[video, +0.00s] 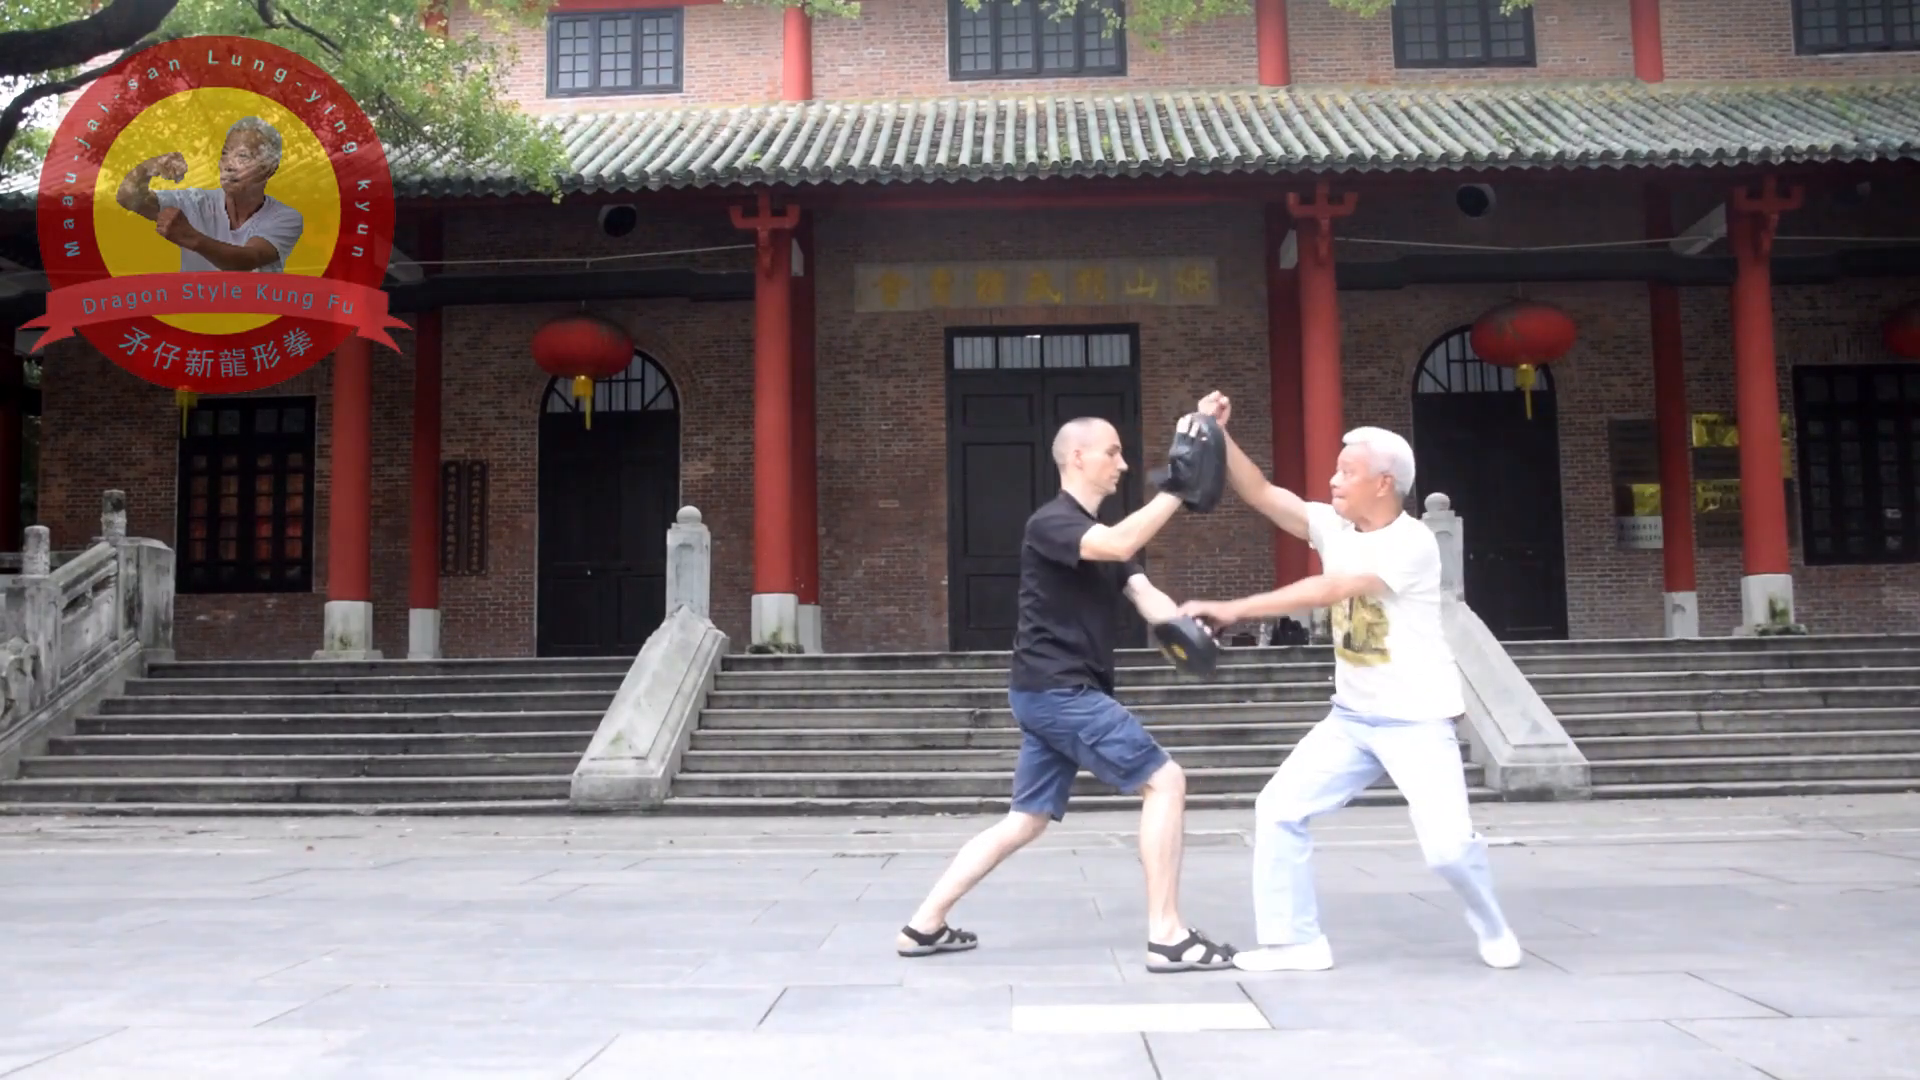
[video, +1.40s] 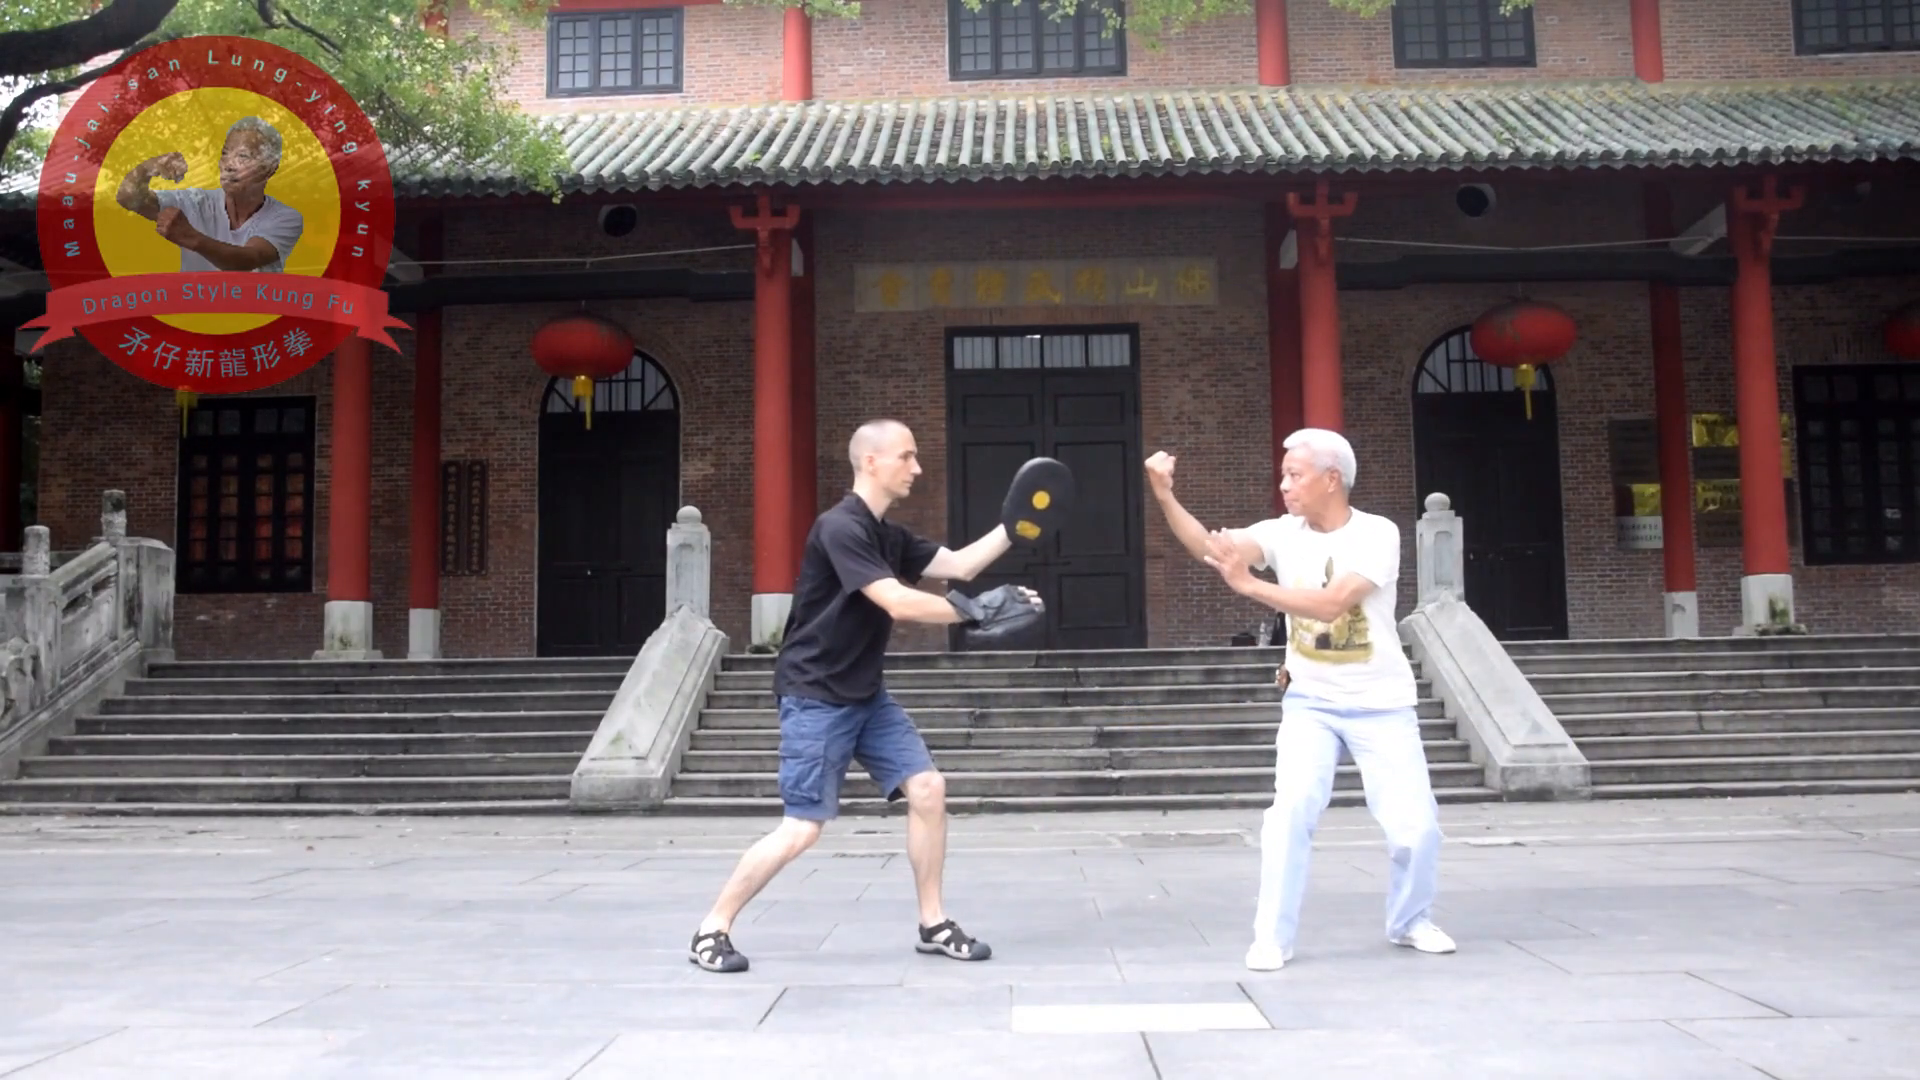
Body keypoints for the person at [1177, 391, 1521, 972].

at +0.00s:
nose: (1333, 483)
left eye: (1345, 473)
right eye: (1336, 472)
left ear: (1384, 484)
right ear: (1361, 482)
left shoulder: (1413, 544)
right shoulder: (1331, 526)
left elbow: (1331, 590)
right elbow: (1260, 492)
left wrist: (1236, 608)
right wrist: (1217, 435)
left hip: (1418, 724)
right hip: (1351, 717)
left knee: (1449, 850)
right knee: (1278, 808)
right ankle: (1298, 941)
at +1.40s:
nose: (1283, 486)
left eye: (1293, 476)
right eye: (1283, 475)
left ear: (1331, 479)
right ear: (1308, 481)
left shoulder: (1378, 534)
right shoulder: (1284, 531)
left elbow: (1331, 604)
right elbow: (1215, 548)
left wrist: (1248, 585)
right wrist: (1165, 496)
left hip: (1383, 705)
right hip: (1310, 703)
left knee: (1417, 828)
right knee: (1292, 810)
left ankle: (1411, 920)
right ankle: (1271, 940)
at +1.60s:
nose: (1302, 498)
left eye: (1313, 488)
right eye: (1302, 487)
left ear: (1351, 498)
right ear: (1339, 496)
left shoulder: (1387, 559)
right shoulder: (1288, 537)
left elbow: (1340, 635)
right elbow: (1217, 558)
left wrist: (1258, 633)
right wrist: (1168, 552)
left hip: (1355, 717)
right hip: (1279, 709)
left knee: (1409, 830)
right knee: (1252, 805)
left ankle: (1412, 923)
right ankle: (1256, 932)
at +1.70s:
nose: (1278, 509)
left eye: (1289, 499)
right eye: (1278, 498)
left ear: (1328, 508)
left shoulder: (1361, 568)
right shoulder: (1264, 544)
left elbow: (1323, 633)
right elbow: (1219, 588)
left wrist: (1274, 693)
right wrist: (1269, 579)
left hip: (1332, 721)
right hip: (1256, 713)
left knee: (1392, 833)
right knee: (1198, 797)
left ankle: (1411, 923)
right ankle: (1173, 923)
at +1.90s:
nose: (1155, 502)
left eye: (1166, 493)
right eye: (1158, 493)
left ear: (1200, 503)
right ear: (1184, 501)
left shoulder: (1235, 560)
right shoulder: (1151, 547)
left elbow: (1177, 612)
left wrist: (1102, 566)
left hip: (1255, 732)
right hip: (1185, 730)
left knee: (1321, 831)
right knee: (1112, 809)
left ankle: (1407, 911)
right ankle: (1066, 936)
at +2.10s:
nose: (1049, 484)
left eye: (1056, 476)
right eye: (1054, 474)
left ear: (1080, 487)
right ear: (1092, 489)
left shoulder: (1083, 545)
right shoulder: (1111, 528)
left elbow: (1014, 605)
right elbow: (1037, 515)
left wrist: (975, 612)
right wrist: (973, 491)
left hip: (1168, 719)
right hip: (1123, 717)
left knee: (1186, 848)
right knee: (1054, 804)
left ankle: (1294, 885)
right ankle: (1053, 940)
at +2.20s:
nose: (1017, 483)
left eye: (1021, 473)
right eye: (1021, 473)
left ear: (1042, 482)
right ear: (1069, 483)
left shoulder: (1043, 542)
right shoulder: (1097, 517)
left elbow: (989, 606)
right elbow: (1016, 505)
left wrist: (958, 598)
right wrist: (952, 477)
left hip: (1129, 706)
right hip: (1129, 703)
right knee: (1042, 807)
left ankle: (1224, 913)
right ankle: (1055, 941)